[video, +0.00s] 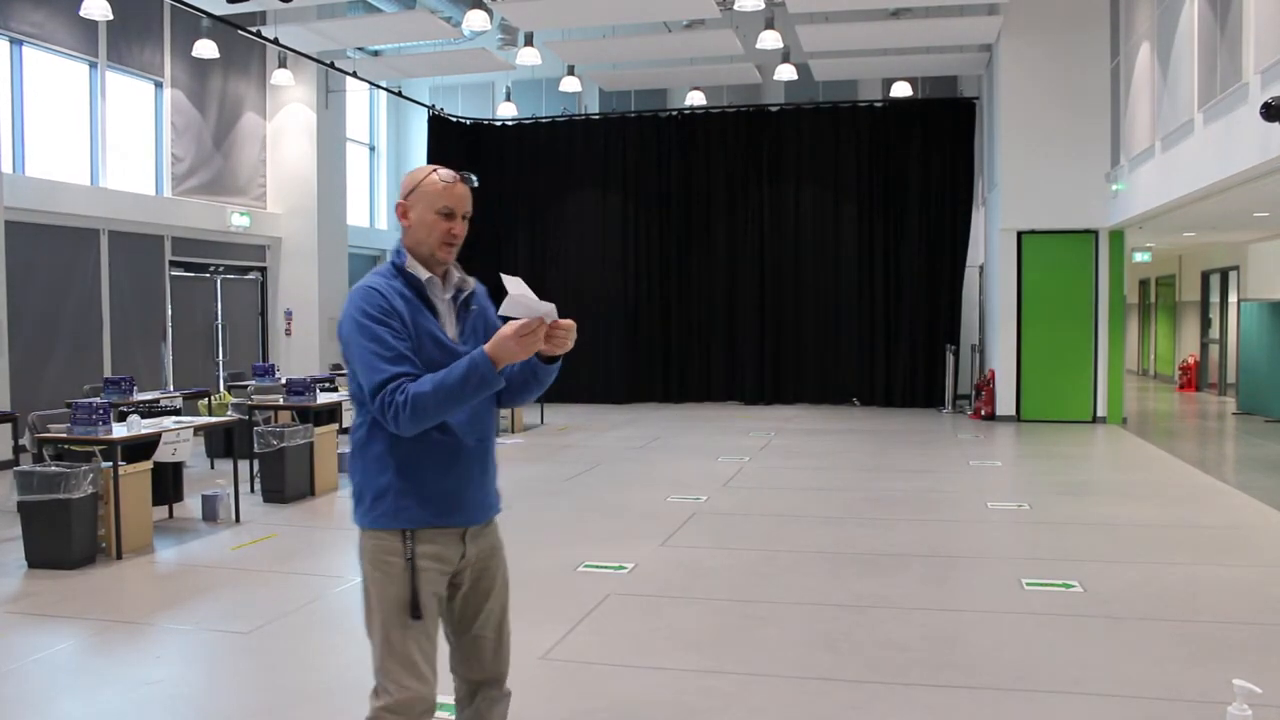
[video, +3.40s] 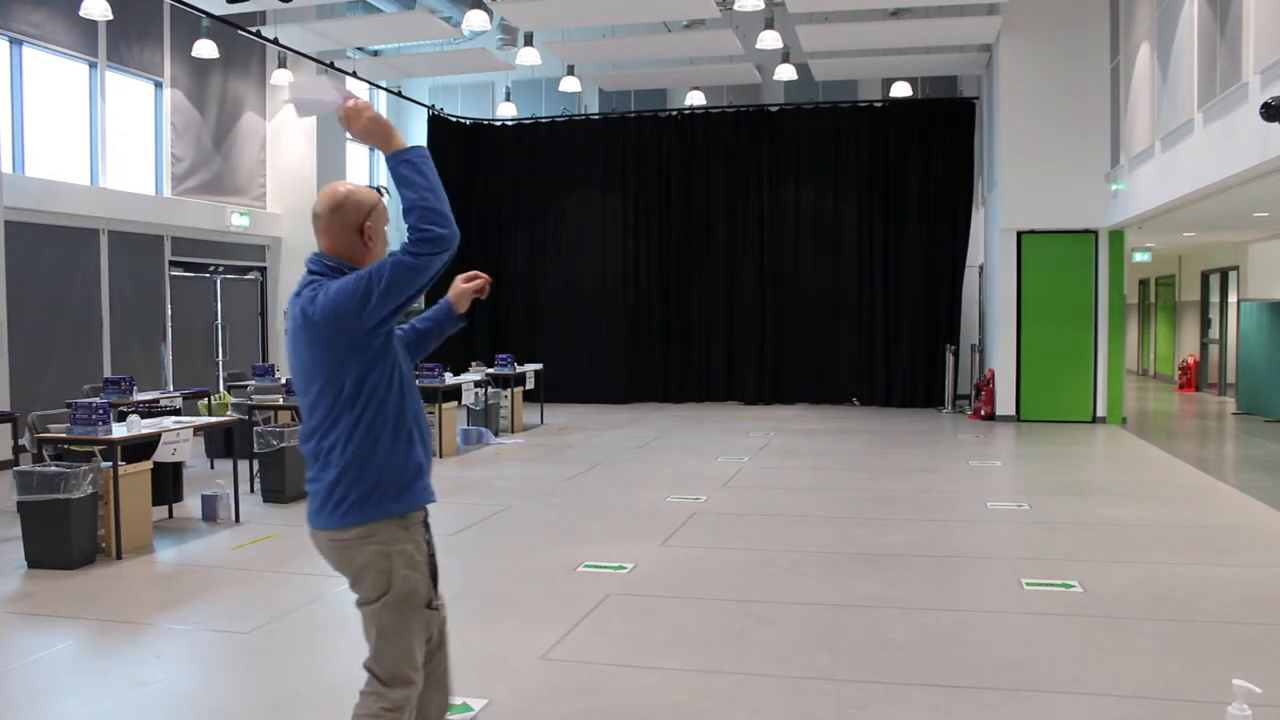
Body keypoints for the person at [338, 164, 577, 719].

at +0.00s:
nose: (458, 229)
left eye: (464, 218)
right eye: (445, 215)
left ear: (469, 223)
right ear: (404, 214)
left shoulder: (473, 298)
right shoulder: (371, 302)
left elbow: (507, 389)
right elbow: (399, 409)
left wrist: (548, 356)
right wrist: (492, 356)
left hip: (476, 523)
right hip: (402, 530)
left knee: (486, 690)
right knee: (407, 698)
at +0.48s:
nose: (424, 229)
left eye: (426, 216)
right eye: (415, 213)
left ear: (372, 210)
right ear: (368, 206)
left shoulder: (378, 289)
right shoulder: (340, 296)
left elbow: (426, 375)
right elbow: (395, 419)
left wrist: (501, 363)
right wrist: (491, 368)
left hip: (390, 527)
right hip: (349, 533)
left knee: (397, 686)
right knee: (369, 700)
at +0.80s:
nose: (392, 232)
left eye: (392, 217)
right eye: (386, 215)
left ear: (344, 211)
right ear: (349, 208)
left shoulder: (306, 283)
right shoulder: (334, 297)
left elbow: (382, 380)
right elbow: (391, 417)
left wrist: (457, 351)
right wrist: (467, 364)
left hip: (301, 525)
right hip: (332, 533)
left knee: (314, 690)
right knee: (367, 700)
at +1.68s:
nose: (333, 216)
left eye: (331, 204)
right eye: (331, 204)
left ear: (264, 210)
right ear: (317, 208)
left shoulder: (226, 286)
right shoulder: (323, 295)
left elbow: (285, 379)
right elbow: (380, 402)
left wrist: (367, 349)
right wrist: (406, 344)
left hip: (235, 524)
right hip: (311, 533)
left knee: (268, 690)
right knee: (341, 693)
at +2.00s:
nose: (329, 212)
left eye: (328, 201)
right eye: (326, 202)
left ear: (257, 211)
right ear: (308, 208)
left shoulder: (218, 287)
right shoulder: (322, 290)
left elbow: (262, 370)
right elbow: (424, 326)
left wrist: (345, 365)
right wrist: (427, 249)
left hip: (230, 523)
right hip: (311, 528)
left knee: (261, 689)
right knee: (341, 689)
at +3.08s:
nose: (353, 214)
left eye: (348, 201)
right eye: (346, 203)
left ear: (291, 220)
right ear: (330, 217)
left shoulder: (260, 294)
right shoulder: (332, 288)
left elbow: (335, 350)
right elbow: (441, 245)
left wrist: (401, 316)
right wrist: (428, 154)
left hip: (280, 525)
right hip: (345, 525)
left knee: (333, 659)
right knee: (365, 685)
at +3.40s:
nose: (386, 233)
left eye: (382, 222)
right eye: (382, 222)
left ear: (330, 234)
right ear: (367, 233)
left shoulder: (321, 301)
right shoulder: (340, 300)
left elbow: (387, 357)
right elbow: (436, 238)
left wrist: (449, 308)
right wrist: (393, 144)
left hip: (378, 510)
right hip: (373, 518)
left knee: (426, 645)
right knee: (395, 682)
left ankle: (432, 715)